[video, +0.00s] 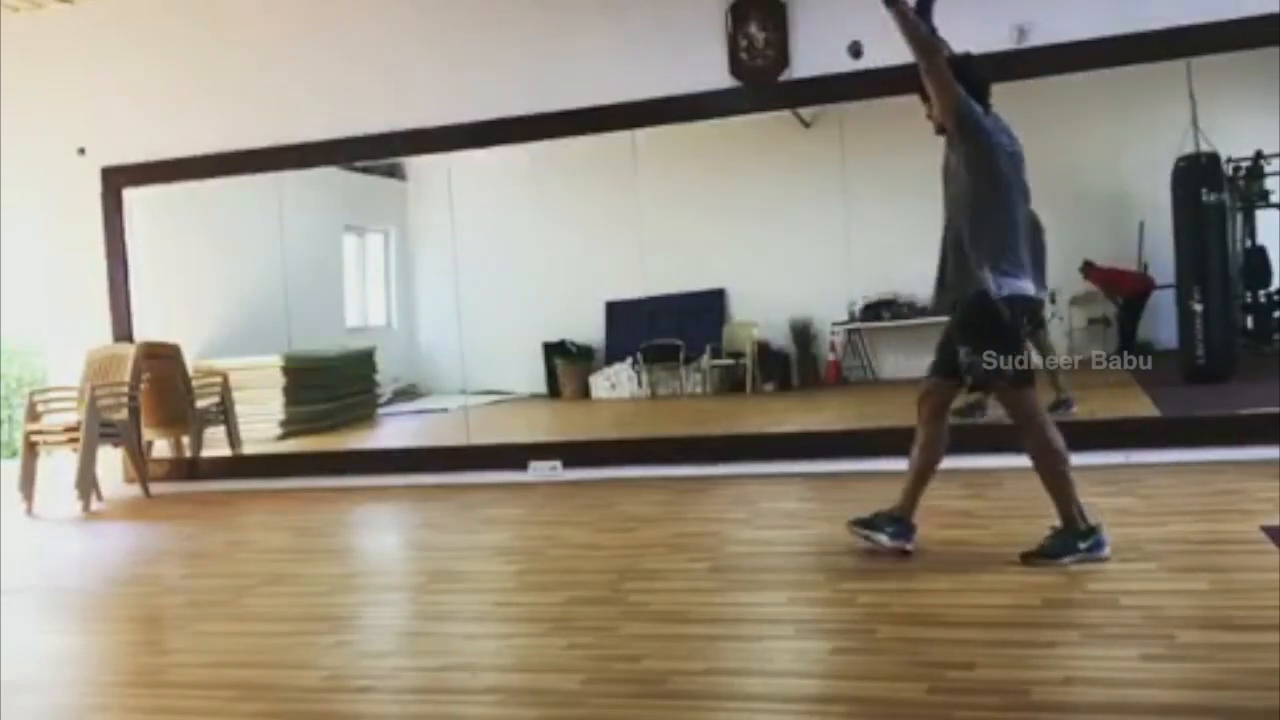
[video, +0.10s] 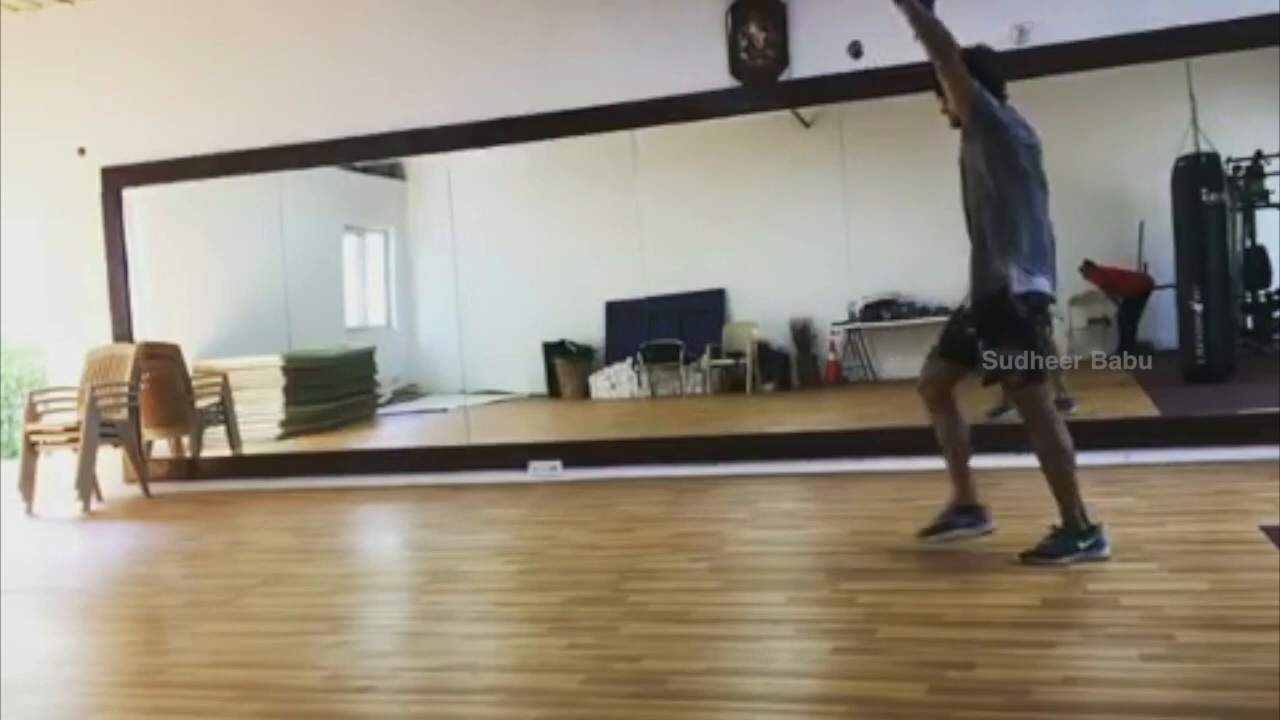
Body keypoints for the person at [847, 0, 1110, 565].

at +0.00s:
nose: (927, 115)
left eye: (930, 101)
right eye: (926, 103)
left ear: (953, 94)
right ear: (969, 93)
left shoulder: (977, 132)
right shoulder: (995, 142)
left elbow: (936, 61)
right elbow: (1028, 225)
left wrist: (898, 8)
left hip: (994, 296)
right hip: (984, 297)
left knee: (1027, 413)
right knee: (934, 402)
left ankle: (1079, 527)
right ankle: (902, 516)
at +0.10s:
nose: (942, 104)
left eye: (945, 90)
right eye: (940, 92)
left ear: (968, 86)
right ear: (977, 84)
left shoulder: (1000, 127)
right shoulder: (988, 135)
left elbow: (950, 57)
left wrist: (911, 9)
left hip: (1018, 291)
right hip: (990, 293)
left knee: (1035, 404)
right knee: (934, 385)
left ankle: (1079, 526)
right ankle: (966, 505)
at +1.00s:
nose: (881, 108)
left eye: (885, 96)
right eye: (881, 95)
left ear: (906, 100)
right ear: (930, 97)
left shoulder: (921, 139)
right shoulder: (952, 139)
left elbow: (874, 74)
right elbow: (917, 80)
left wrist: (842, 18)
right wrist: (885, 39)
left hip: (958, 300)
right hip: (971, 297)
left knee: (1006, 415)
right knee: (908, 397)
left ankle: (1074, 523)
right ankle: (908, 522)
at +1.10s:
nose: (859, 112)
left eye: (862, 102)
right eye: (860, 99)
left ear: (878, 106)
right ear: (905, 103)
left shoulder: (885, 142)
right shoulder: (929, 143)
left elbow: (841, 75)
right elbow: (890, 86)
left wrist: (807, 17)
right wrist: (860, 48)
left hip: (916, 300)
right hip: (942, 298)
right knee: (889, 406)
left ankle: (1028, 501)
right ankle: (905, 522)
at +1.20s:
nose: (838, 117)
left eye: (842, 108)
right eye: (840, 109)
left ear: (857, 110)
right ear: (890, 107)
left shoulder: (869, 147)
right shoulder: (919, 150)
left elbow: (825, 73)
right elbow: (888, 104)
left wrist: (800, 23)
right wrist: (865, 70)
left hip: (891, 304)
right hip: (929, 304)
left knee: (868, 422)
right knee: (876, 419)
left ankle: (964, 496)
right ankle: (905, 524)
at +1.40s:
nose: (799, 142)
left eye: (805, 134)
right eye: (800, 132)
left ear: (819, 137)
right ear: (846, 133)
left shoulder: (831, 176)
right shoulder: (867, 176)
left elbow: (793, 123)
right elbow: (832, 113)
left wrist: (771, 73)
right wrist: (804, 63)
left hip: (835, 324)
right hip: (877, 330)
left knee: (741, 372)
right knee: (834, 426)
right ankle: (897, 527)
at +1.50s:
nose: (748, 119)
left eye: (750, 109)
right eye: (748, 106)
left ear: (765, 110)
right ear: (794, 104)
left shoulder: (780, 146)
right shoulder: (817, 142)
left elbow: (742, 89)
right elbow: (780, 85)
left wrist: (717, 31)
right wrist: (748, 41)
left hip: (797, 290)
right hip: (835, 299)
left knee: (692, 284)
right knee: (837, 412)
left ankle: (625, 374)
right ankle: (891, 515)